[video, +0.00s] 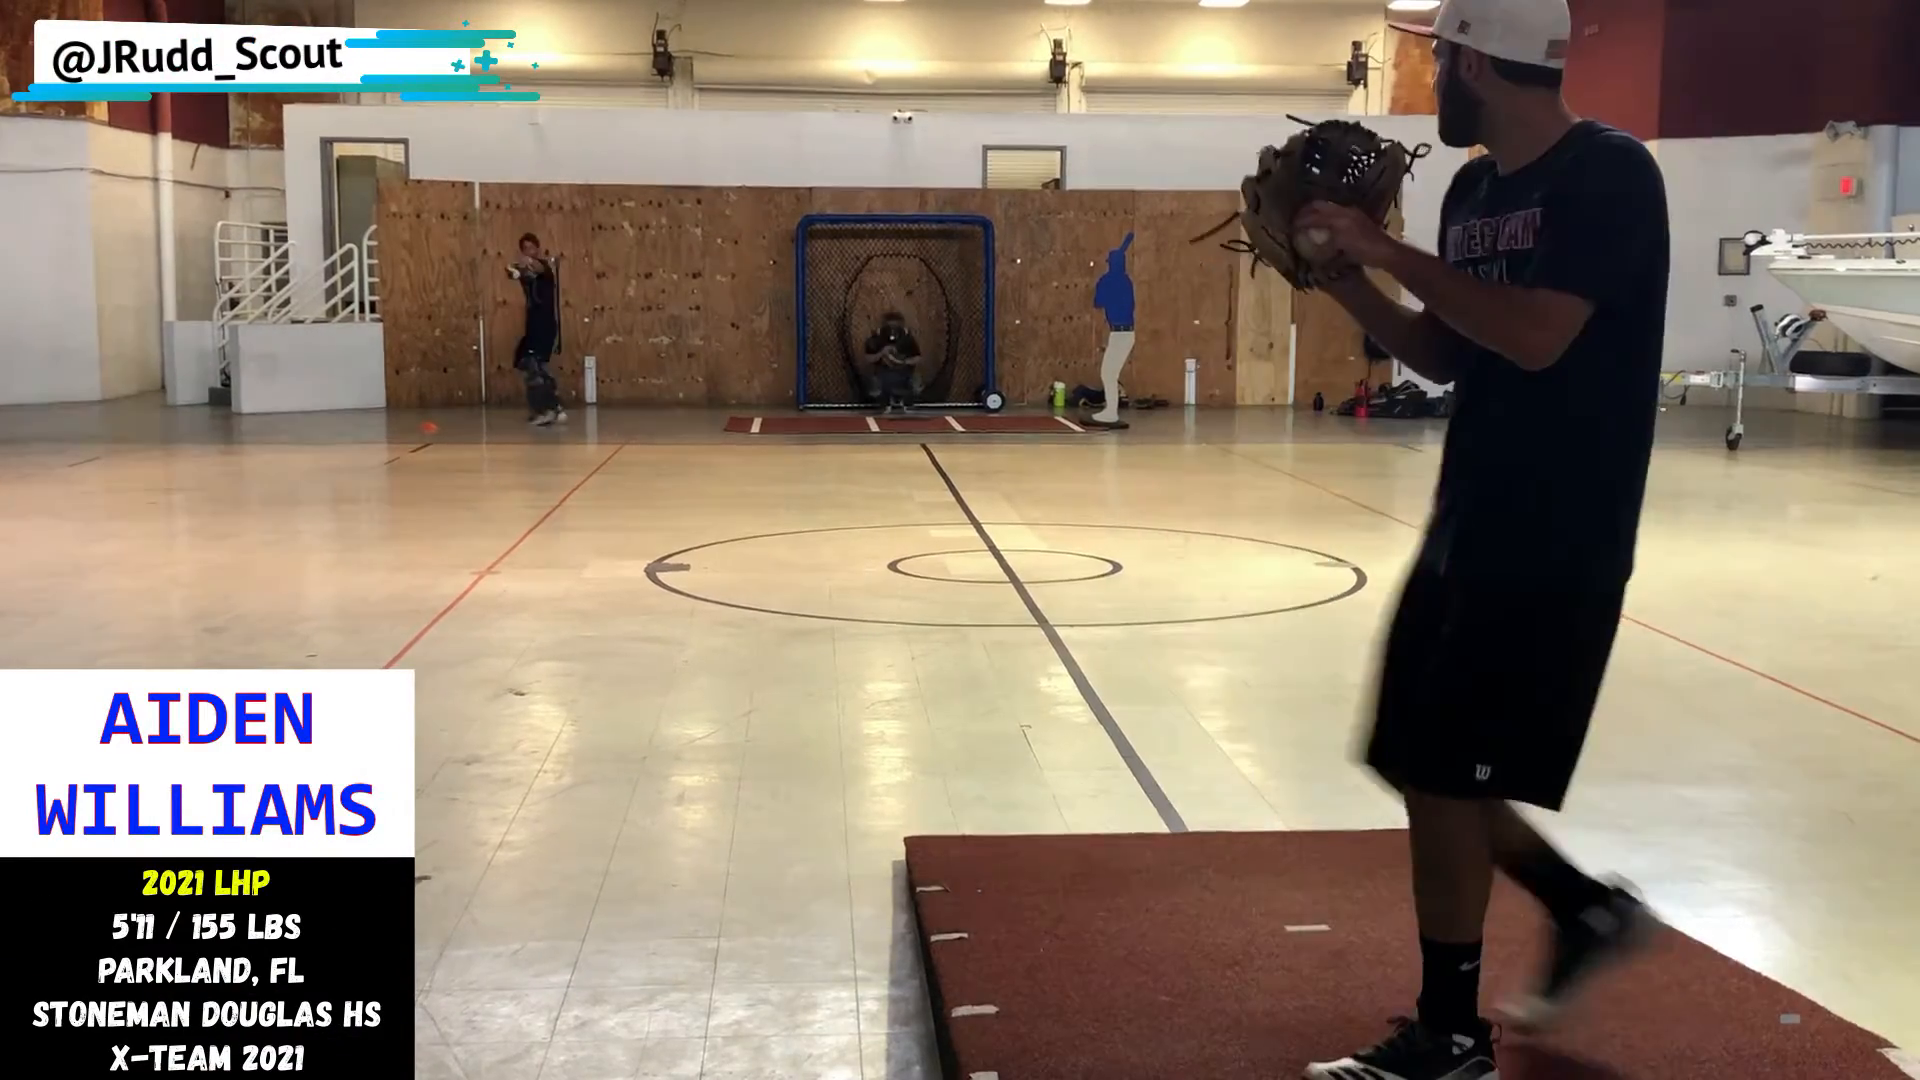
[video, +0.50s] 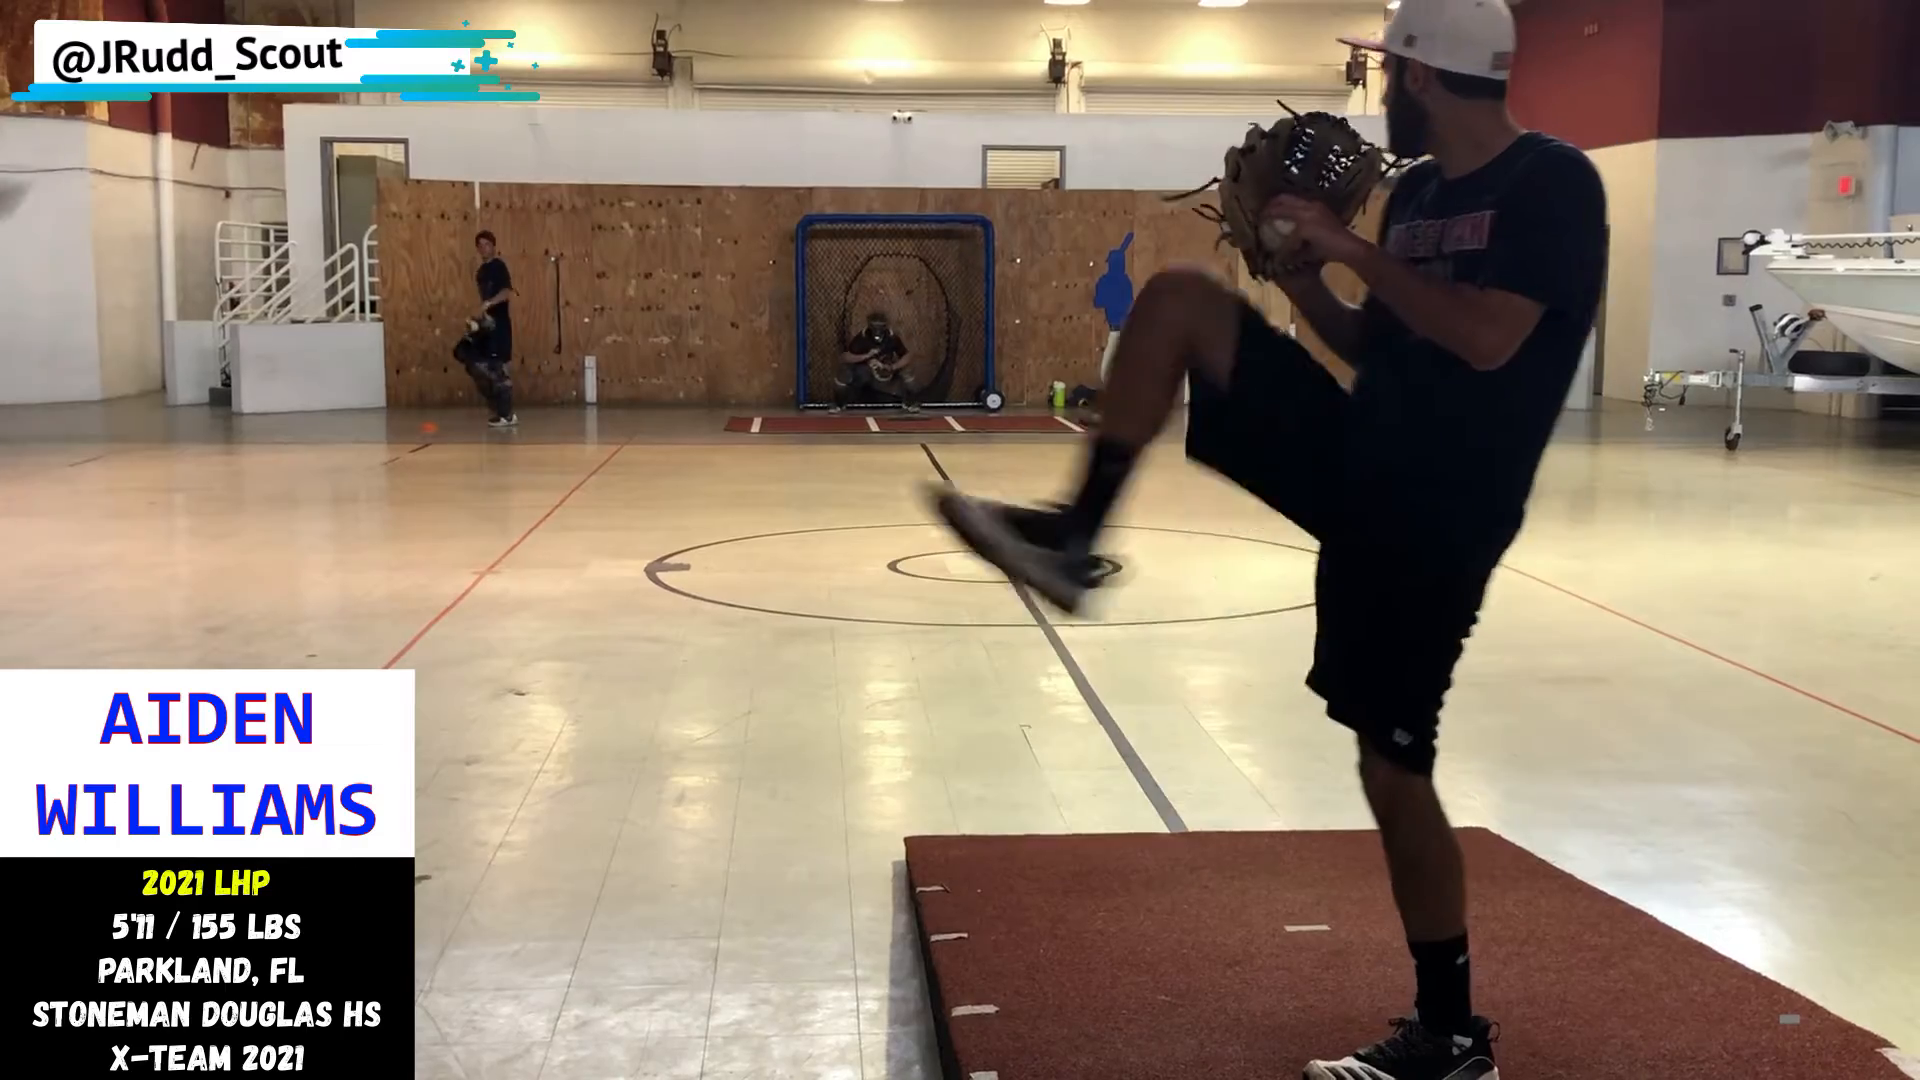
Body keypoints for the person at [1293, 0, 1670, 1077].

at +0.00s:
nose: (1435, 77)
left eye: (1444, 54)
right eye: (1438, 54)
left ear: (1480, 62)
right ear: (1512, 65)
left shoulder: (1612, 174)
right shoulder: (1479, 190)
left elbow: (1538, 331)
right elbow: (1444, 356)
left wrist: (1386, 249)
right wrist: (1337, 275)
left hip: (1556, 535)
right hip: (1473, 522)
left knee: (1444, 764)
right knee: (1412, 752)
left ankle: (1450, 1029)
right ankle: (1585, 905)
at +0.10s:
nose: (1433, 80)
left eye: (1440, 56)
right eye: (1435, 56)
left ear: (1475, 59)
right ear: (1517, 60)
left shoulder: (1614, 172)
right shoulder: (1466, 187)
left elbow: (1544, 329)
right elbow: (1439, 354)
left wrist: (1388, 249)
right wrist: (1337, 278)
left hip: (1536, 529)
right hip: (1440, 501)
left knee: (1426, 777)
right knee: (1292, 699)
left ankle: (1449, 1029)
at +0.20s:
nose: (1430, 79)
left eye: (1437, 54)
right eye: (1433, 57)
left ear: (1475, 58)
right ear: (1509, 62)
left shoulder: (1612, 172)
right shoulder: (1462, 186)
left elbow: (1543, 329)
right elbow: (1426, 348)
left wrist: (1384, 247)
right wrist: (1331, 280)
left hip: (1509, 525)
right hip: (1415, 486)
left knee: (1423, 778)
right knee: (1204, 592)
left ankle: (1449, 1028)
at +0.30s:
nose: (1422, 80)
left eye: (1430, 57)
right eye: (1424, 59)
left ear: (1470, 60)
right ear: (1500, 63)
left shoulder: (1601, 175)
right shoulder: (1454, 185)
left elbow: (1528, 331)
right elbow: (1418, 350)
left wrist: (1375, 247)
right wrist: (1319, 281)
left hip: (1481, 517)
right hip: (1395, 474)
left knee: (1415, 761)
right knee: (1170, 486)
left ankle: (1453, 1030)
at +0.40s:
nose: (1409, 81)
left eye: (1417, 59)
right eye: (1412, 61)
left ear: (1453, 64)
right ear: (1483, 68)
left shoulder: (1582, 177)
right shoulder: (1438, 190)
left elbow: (1511, 332)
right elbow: (1394, 348)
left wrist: (1364, 245)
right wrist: (1305, 271)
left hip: (1463, 511)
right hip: (1379, 466)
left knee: (1408, 767)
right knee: (1163, 388)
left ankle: (1452, 1032)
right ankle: (982, 584)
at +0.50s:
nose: (1386, 81)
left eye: (1397, 62)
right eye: (1389, 62)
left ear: (1433, 71)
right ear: (1451, 75)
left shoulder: (1555, 182)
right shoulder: (1418, 190)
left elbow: (1491, 332)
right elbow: (1370, 354)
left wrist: (1347, 248)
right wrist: (1287, 267)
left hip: (1437, 514)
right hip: (1354, 463)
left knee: (1392, 765)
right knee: (1181, 301)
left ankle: (1449, 1028)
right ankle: (1073, 536)